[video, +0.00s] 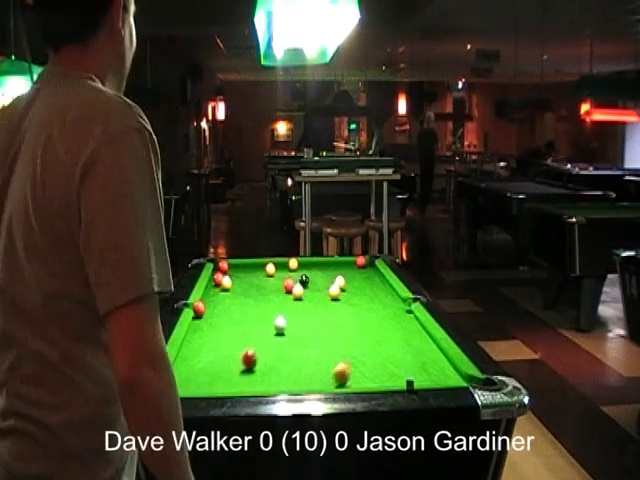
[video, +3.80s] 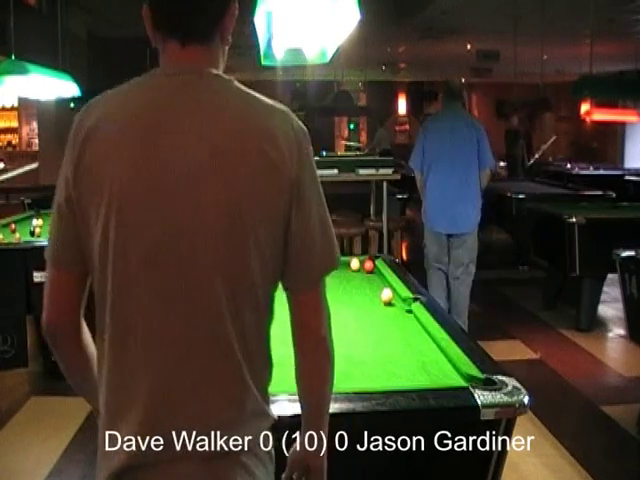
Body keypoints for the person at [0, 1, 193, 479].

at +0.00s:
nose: (136, 36)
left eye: (135, 18)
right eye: (135, 16)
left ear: (46, 24)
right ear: (120, 15)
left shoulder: (10, 119)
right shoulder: (112, 127)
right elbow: (138, 365)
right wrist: (176, 471)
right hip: (77, 454)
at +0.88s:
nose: (163, 34)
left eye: (162, 20)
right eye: (163, 18)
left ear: (80, 22)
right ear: (152, 17)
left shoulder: (21, 128)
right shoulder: (167, 122)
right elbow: (206, 325)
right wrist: (255, 457)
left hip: (28, 446)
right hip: (140, 448)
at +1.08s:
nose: (207, 27)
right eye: (205, 14)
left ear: (123, 23)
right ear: (198, 16)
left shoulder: (62, 120)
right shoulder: (228, 124)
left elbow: (14, 303)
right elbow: (268, 306)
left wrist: (55, 400)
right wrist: (307, 434)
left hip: (79, 431)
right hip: (188, 433)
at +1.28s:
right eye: (247, 14)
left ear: (160, 17)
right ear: (241, 15)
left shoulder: (101, 117)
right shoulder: (272, 131)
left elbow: (49, 297)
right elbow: (321, 289)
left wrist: (82, 394)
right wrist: (361, 391)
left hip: (110, 429)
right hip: (220, 431)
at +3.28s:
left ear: (186, 23)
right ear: (264, 26)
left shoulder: (136, 118)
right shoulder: (309, 131)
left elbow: (93, 306)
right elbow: (335, 306)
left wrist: (122, 399)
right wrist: (347, 409)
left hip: (153, 434)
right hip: (261, 434)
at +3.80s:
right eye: (240, 13)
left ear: (148, 19)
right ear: (232, 18)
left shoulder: (94, 124)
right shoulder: (280, 131)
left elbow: (60, 317)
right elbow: (309, 314)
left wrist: (110, 405)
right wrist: (314, 437)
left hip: (128, 438)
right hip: (240, 439)